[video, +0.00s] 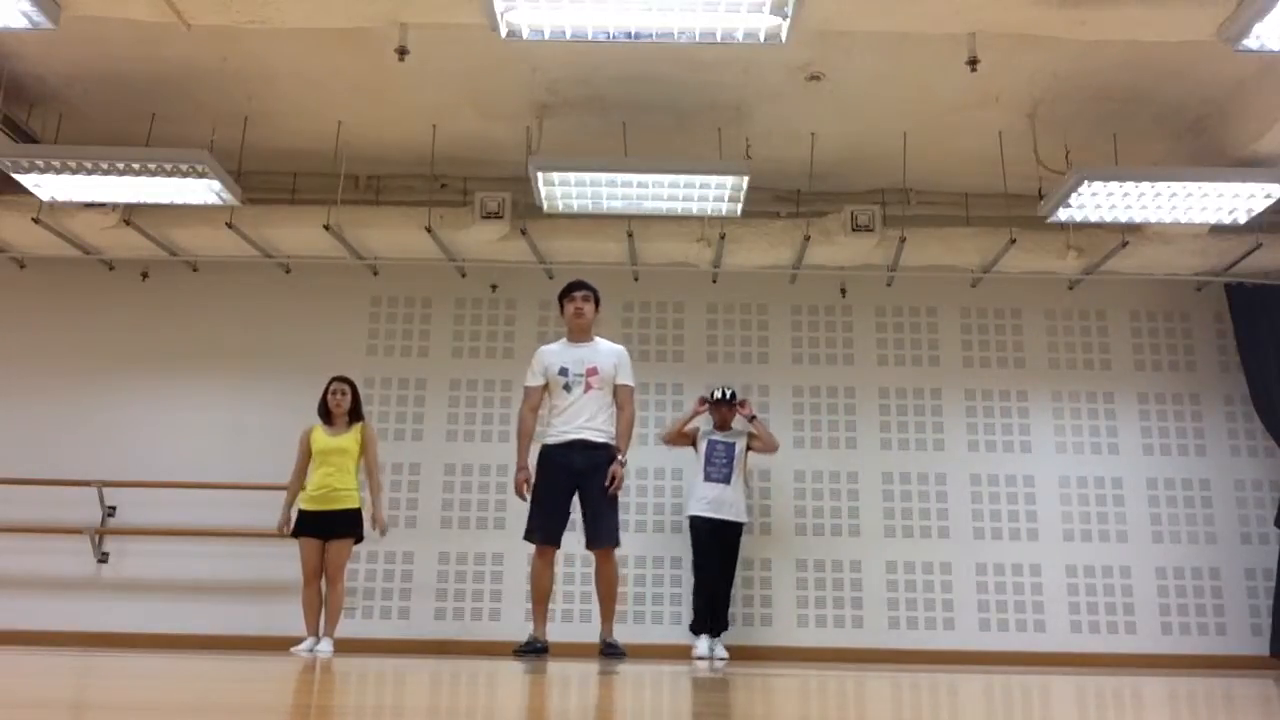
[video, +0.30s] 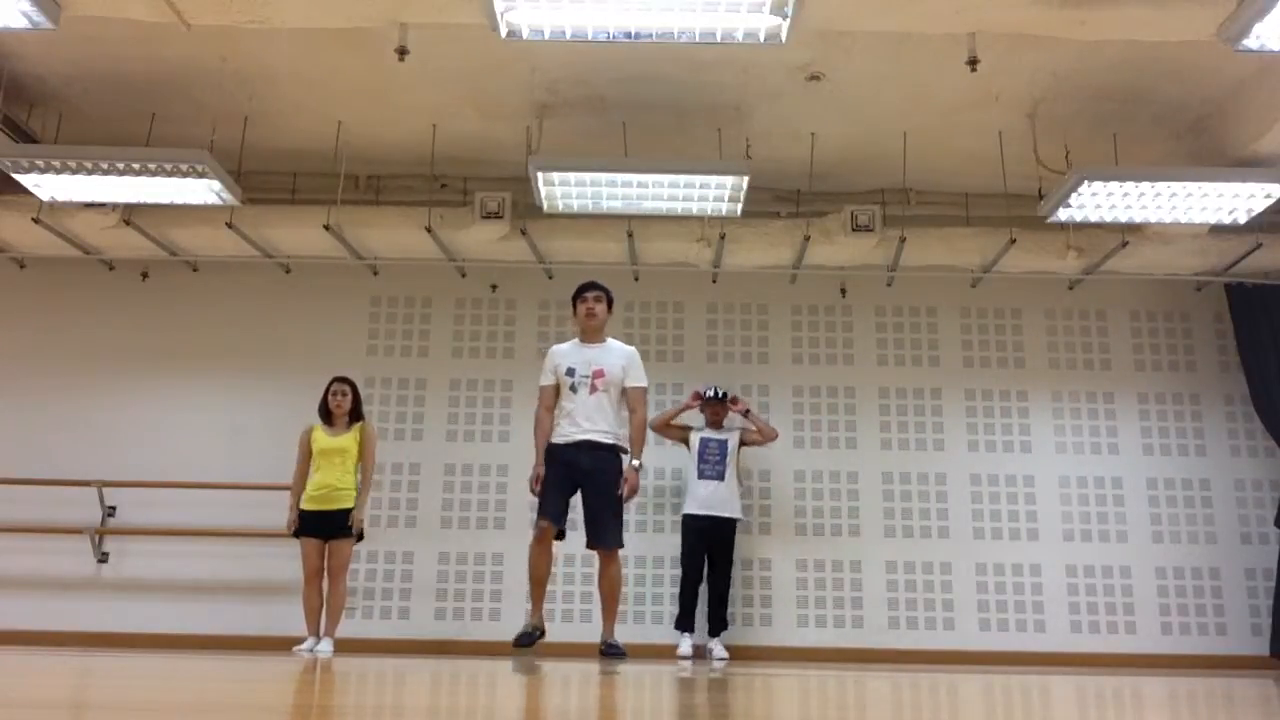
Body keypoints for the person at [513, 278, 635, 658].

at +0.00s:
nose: (579, 306)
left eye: (586, 301)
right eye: (572, 301)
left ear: (596, 310)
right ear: (562, 310)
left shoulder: (615, 354)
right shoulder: (545, 355)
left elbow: (626, 407)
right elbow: (529, 409)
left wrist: (620, 456)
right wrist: (522, 463)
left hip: (599, 456)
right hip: (554, 456)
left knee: (604, 548)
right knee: (544, 548)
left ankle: (607, 636)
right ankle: (538, 635)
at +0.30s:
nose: (590, 307)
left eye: (597, 301)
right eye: (584, 302)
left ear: (609, 310)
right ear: (574, 311)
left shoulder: (626, 356)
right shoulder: (557, 354)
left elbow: (638, 413)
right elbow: (545, 410)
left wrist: (634, 464)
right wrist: (539, 461)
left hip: (605, 456)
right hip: (561, 454)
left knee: (608, 549)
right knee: (543, 533)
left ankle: (608, 635)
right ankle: (535, 621)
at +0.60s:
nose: (584, 307)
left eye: (590, 302)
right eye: (577, 302)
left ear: (600, 312)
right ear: (565, 311)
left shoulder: (616, 356)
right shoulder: (546, 352)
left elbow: (629, 410)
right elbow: (530, 410)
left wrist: (631, 456)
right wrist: (528, 464)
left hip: (597, 457)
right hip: (552, 456)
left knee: (606, 542)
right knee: (543, 547)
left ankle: (610, 632)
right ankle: (537, 635)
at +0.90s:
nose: (584, 307)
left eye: (591, 301)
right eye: (578, 302)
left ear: (601, 311)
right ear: (566, 311)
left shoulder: (619, 357)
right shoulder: (548, 354)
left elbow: (627, 413)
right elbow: (532, 407)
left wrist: (625, 464)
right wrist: (527, 459)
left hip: (600, 456)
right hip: (555, 455)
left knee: (603, 549)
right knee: (546, 547)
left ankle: (605, 635)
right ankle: (537, 635)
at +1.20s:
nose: (593, 307)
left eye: (600, 302)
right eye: (587, 302)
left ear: (611, 311)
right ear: (576, 311)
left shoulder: (628, 356)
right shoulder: (558, 353)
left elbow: (638, 413)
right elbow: (547, 411)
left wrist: (639, 461)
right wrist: (546, 464)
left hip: (610, 457)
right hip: (567, 455)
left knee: (609, 549)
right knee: (549, 544)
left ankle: (606, 636)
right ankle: (538, 633)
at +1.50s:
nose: (594, 307)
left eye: (601, 302)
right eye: (588, 302)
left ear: (611, 311)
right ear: (577, 311)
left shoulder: (630, 357)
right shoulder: (558, 354)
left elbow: (638, 411)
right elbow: (542, 409)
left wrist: (633, 459)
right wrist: (538, 462)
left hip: (610, 456)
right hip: (566, 455)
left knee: (607, 550)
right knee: (552, 547)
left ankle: (604, 636)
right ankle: (540, 634)